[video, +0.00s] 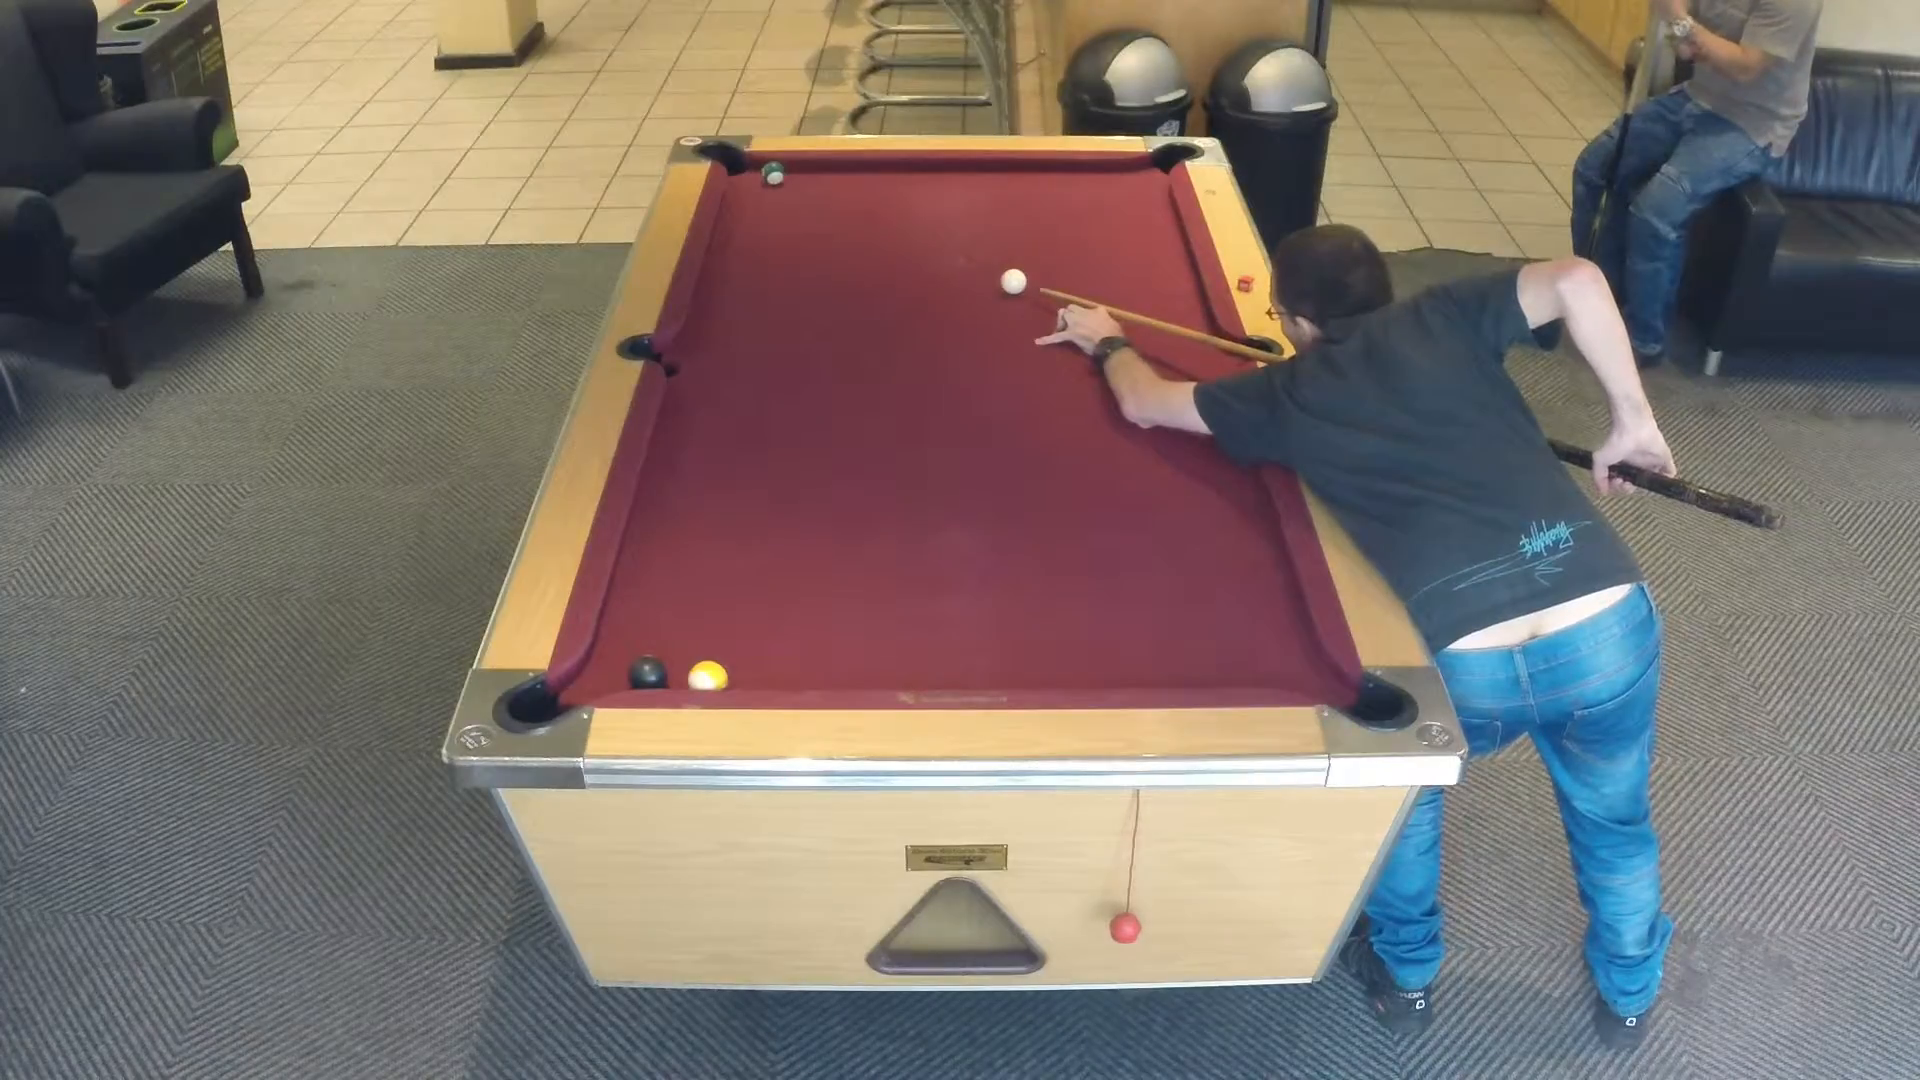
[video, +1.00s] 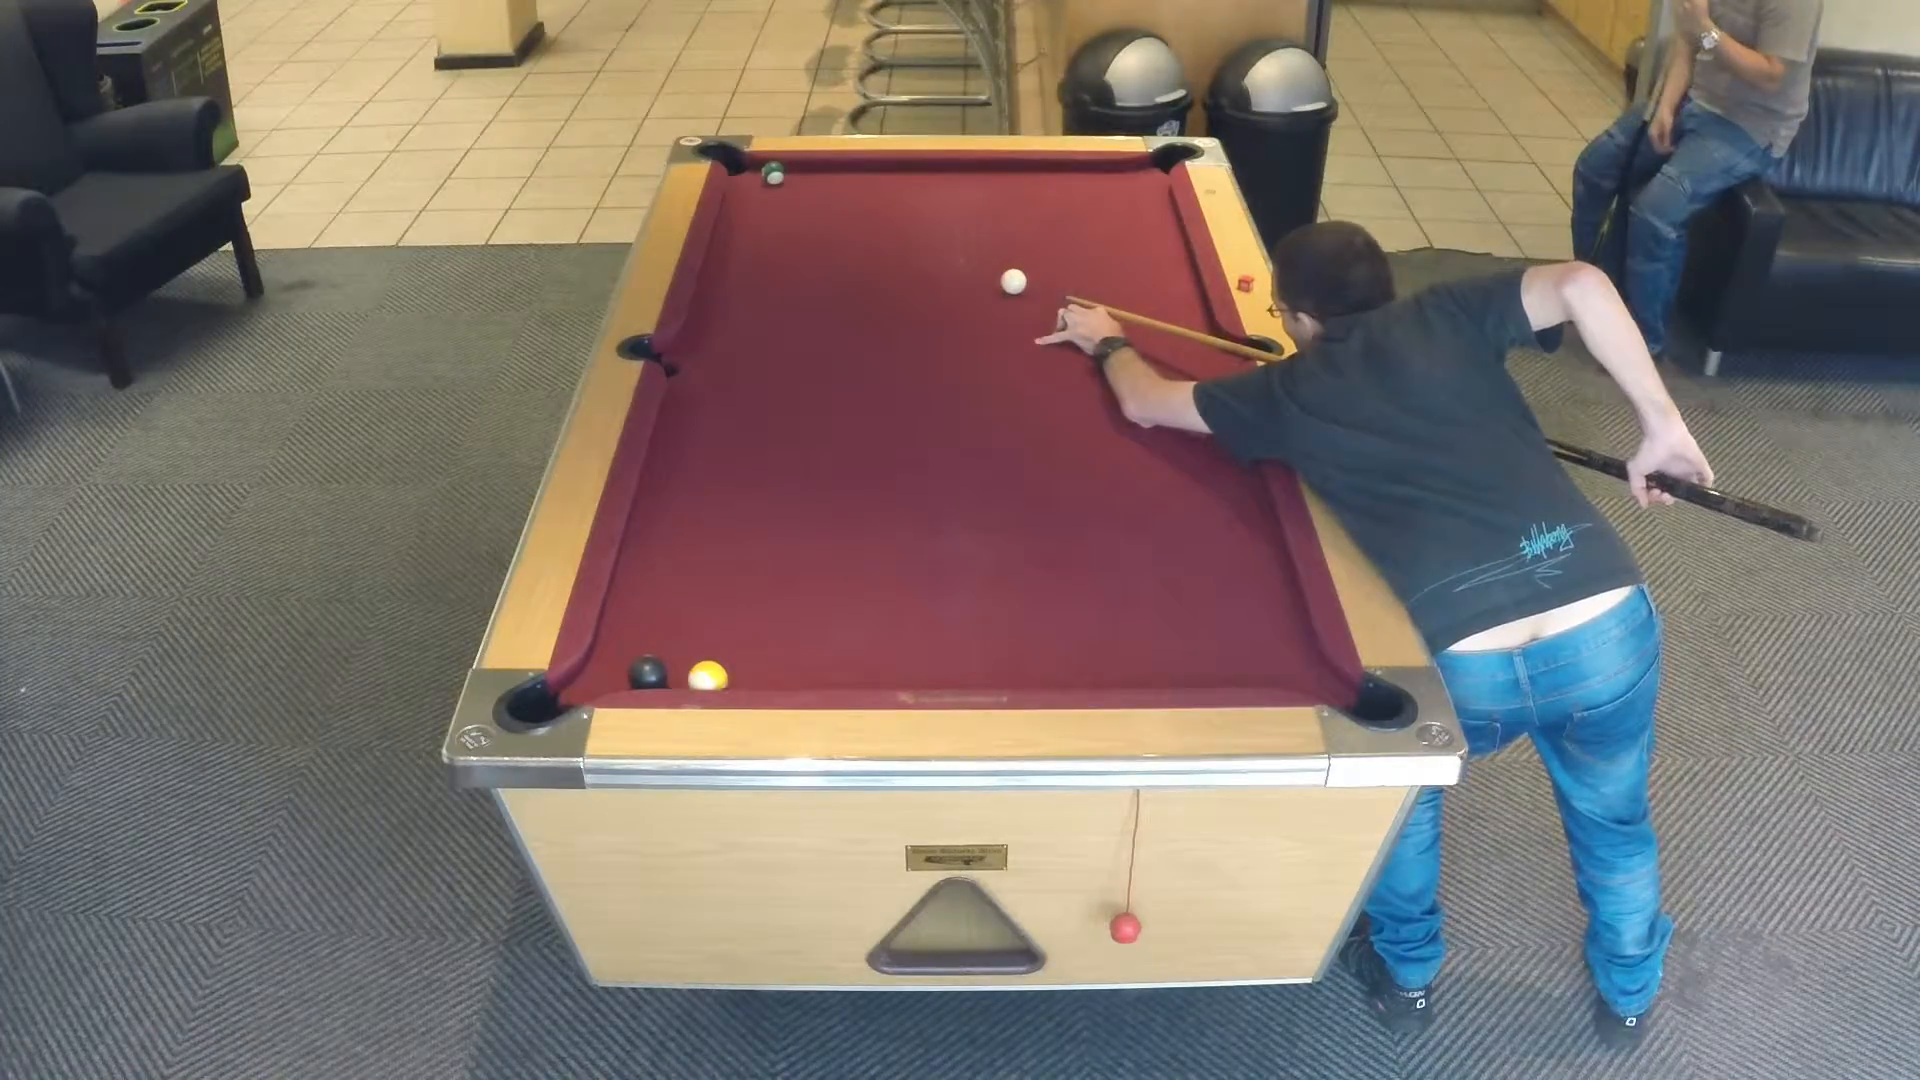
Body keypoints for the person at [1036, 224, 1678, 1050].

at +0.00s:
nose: (1279, 322)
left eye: (1281, 309)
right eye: (1279, 309)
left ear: (1300, 323)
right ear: (1385, 296)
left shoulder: (1286, 393)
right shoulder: (1449, 316)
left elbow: (1145, 399)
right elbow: (1576, 279)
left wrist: (1107, 341)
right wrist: (1636, 415)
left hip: (1466, 659)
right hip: (1607, 622)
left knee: (1399, 773)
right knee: (1617, 821)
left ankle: (1407, 970)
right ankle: (1631, 992)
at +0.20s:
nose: (1279, 322)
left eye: (1281, 309)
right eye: (1280, 309)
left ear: (1300, 323)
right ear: (1384, 295)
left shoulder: (1286, 393)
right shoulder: (1449, 316)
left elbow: (1145, 399)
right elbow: (1578, 279)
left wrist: (1107, 342)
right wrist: (1640, 416)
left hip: (1466, 662)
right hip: (1607, 625)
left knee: (1399, 774)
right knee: (1617, 821)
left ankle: (1408, 967)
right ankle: (1630, 992)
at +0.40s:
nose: (1279, 320)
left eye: (1281, 307)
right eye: (1280, 306)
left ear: (1299, 321)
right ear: (1385, 291)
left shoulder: (1287, 393)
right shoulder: (1452, 316)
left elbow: (1144, 398)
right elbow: (1577, 280)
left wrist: (1105, 341)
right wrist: (1644, 417)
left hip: (1465, 662)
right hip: (1606, 626)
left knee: (1400, 770)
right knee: (1617, 821)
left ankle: (1407, 966)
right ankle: (1630, 989)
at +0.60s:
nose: (1278, 319)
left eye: (1280, 308)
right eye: (1280, 305)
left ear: (1303, 323)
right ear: (1386, 291)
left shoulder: (1288, 393)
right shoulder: (1453, 315)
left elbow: (1146, 400)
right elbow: (1580, 283)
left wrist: (1106, 340)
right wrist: (1653, 420)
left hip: (1464, 664)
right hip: (1606, 625)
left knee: (1404, 777)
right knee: (1617, 821)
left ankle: (1409, 967)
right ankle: (1630, 990)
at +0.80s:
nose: (1280, 322)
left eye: (1281, 311)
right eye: (1281, 309)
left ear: (1304, 322)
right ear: (1387, 289)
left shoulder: (1288, 392)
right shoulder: (1452, 313)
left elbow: (1146, 401)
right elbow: (1581, 283)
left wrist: (1108, 341)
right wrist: (1661, 422)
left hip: (1464, 664)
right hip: (1605, 622)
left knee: (1405, 774)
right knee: (1617, 818)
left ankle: (1408, 964)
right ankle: (1631, 987)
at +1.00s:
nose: (1280, 320)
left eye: (1282, 309)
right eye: (1283, 307)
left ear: (1305, 321)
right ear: (1386, 289)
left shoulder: (1286, 391)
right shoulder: (1452, 312)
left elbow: (1146, 401)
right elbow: (1581, 284)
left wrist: (1108, 340)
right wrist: (1663, 420)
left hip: (1464, 664)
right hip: (1606, 621)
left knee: (1402, 775)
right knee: (1617, 818)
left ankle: (1408, 964)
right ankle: (1631, 987)